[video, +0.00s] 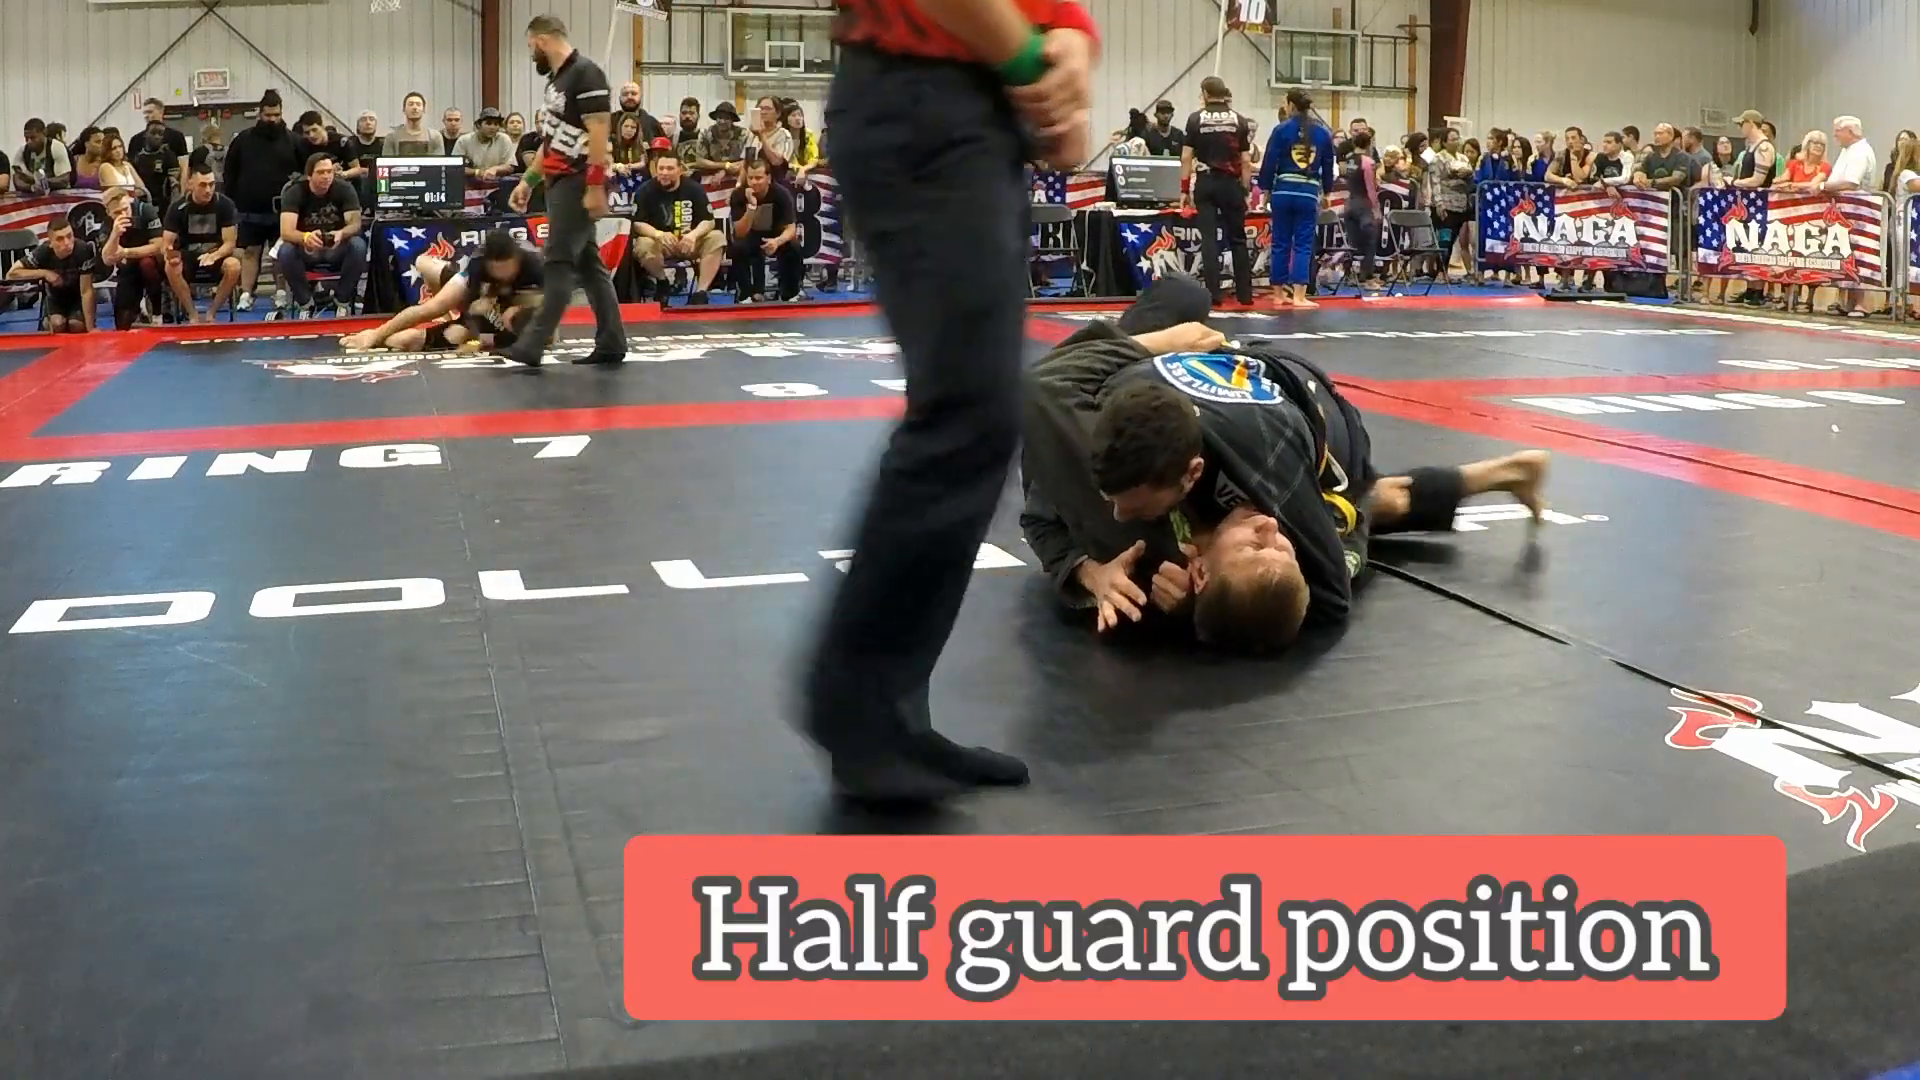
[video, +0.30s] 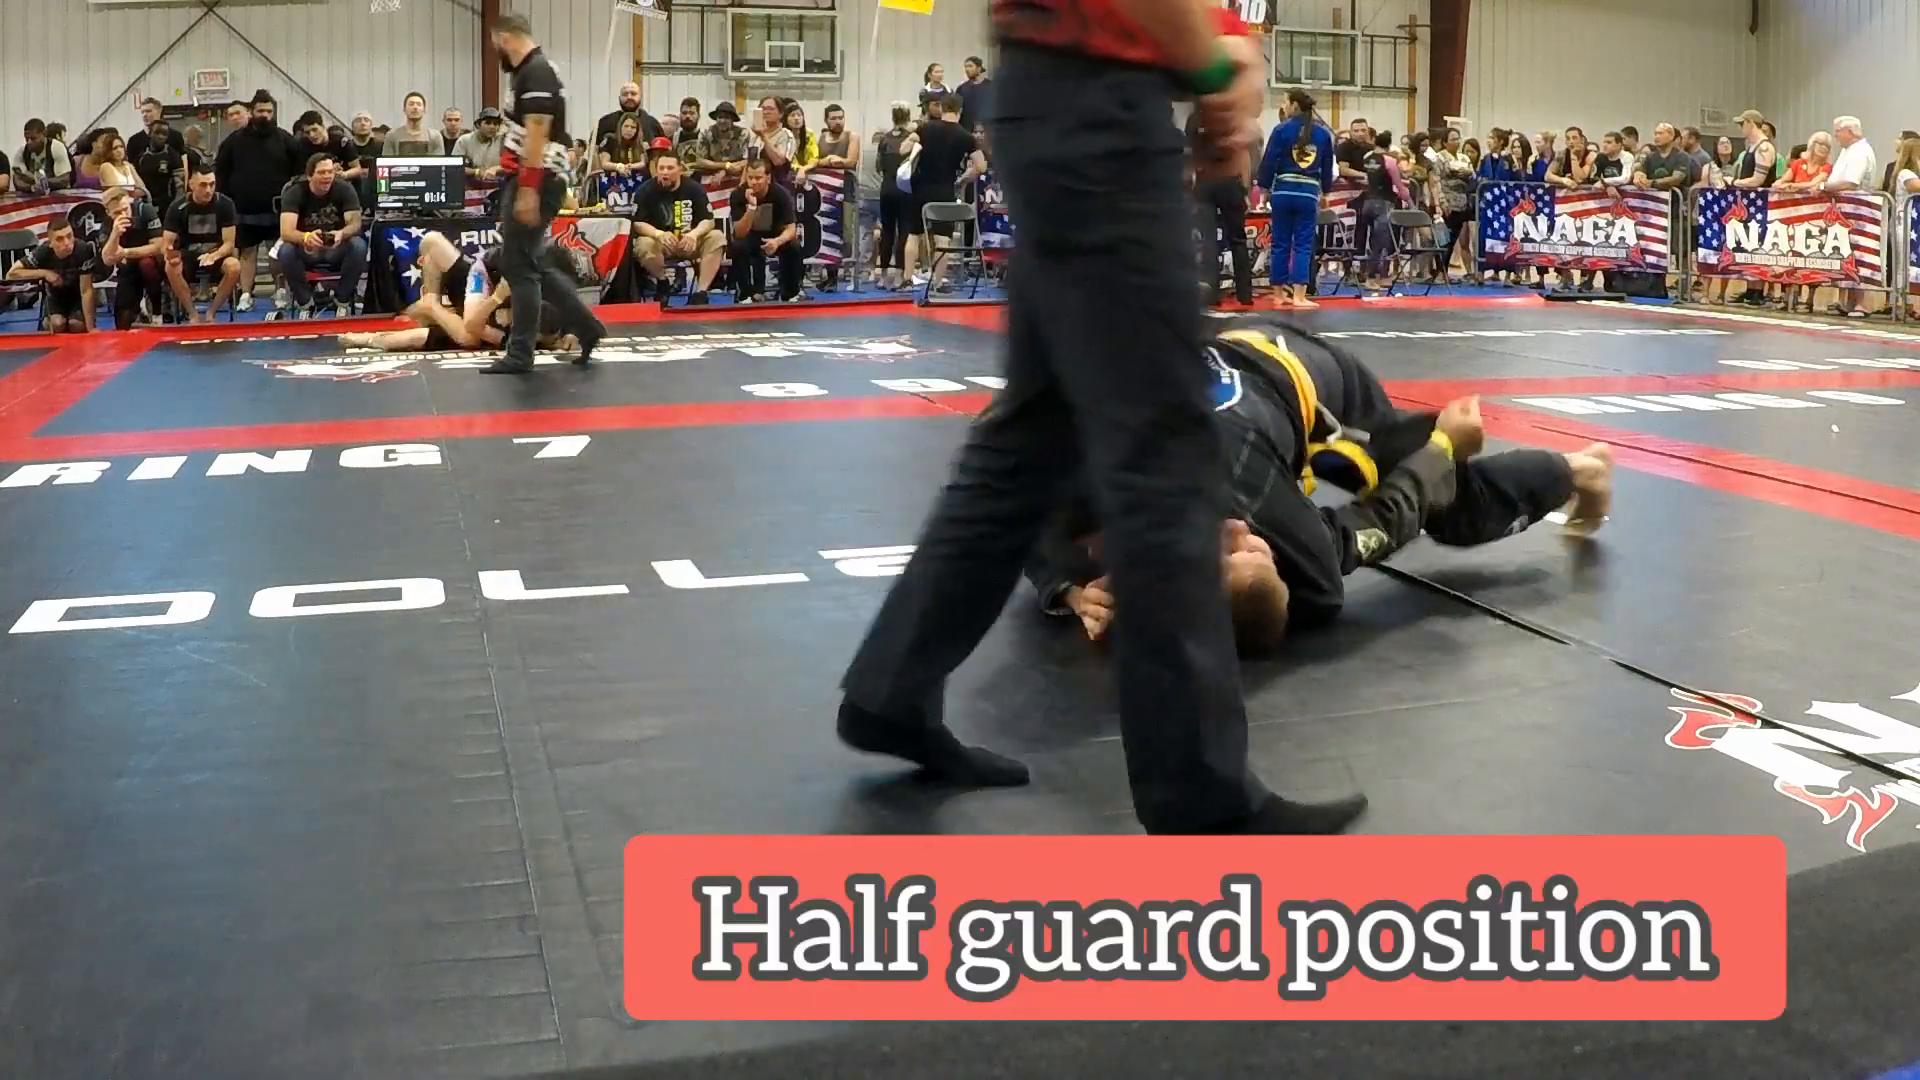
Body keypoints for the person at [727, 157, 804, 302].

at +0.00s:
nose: (754, 182)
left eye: (759, 178)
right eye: (751, 178)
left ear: (768, 178)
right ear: (746, 178)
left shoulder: (782, 194)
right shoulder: (738, 195)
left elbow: (791, 229)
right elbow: (739, 232)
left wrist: (777, 242)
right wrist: (751, 208)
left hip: (776, 236)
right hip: (752, 236)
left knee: (792, 249)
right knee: (738, 249)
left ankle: (789, 295)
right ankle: (745, 296)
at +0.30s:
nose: (754, 182)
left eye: (758, 178)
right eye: (750, 178)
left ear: (768, 178)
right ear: (746, 177)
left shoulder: (781, 194)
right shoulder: (738, 195)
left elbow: (791, 228)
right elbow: (739, 233)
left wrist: (777, 241)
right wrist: (751, 209)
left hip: (776, 236)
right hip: (752, 236)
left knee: (792, 248)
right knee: (738, 247)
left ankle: (790, 295)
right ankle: (745, 295)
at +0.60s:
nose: (754, 183)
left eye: (758, 179)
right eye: (751, 178)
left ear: (768, 179)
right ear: (746, 177)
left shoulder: (781, 194)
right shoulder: (738, 194)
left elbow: (791, 228)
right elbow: (740, 232)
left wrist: (777, 241)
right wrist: (751, 208)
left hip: (776, 236)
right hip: (752, 237)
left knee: (793, 248)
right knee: (737, 247)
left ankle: (789, 295)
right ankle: (745, 296)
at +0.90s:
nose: (755, 184)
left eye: (759, 179)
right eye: (751, 179)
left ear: (768, 179)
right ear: (746, 178)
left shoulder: (781, 194)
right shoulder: (738, 195)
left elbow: (791, 228)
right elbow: (740, 232)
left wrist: (778, 241)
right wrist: (751, 208)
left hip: (776, 236)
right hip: (751, 236)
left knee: (793, 248)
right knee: (737, 247)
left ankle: (789, 295)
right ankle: (746, 295)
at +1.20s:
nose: (755, 184)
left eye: (759, 180)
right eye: (751, 179)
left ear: (768, 179)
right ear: (747, 178)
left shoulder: (781, 194)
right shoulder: (739, 194)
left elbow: (791, 229)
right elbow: (739, 232)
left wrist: (777, 241)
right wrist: (751, 207)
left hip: (776, 236)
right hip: (751, 236)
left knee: (793, 248)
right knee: (738, 247)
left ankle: (789, 295)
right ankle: (745, 295)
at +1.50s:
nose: (755, 184)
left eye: (759, 180)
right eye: (751, 180)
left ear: (769, 179)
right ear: (746, 178)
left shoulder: (781, 194)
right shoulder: (739, 195)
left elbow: (791, 229)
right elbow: (739, 232)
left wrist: (777, 241)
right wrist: (751, 206)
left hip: (776, 236)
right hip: (751, 236)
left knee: (793, 247)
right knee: (738, 247)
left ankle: (789, 295)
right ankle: (746, 295)